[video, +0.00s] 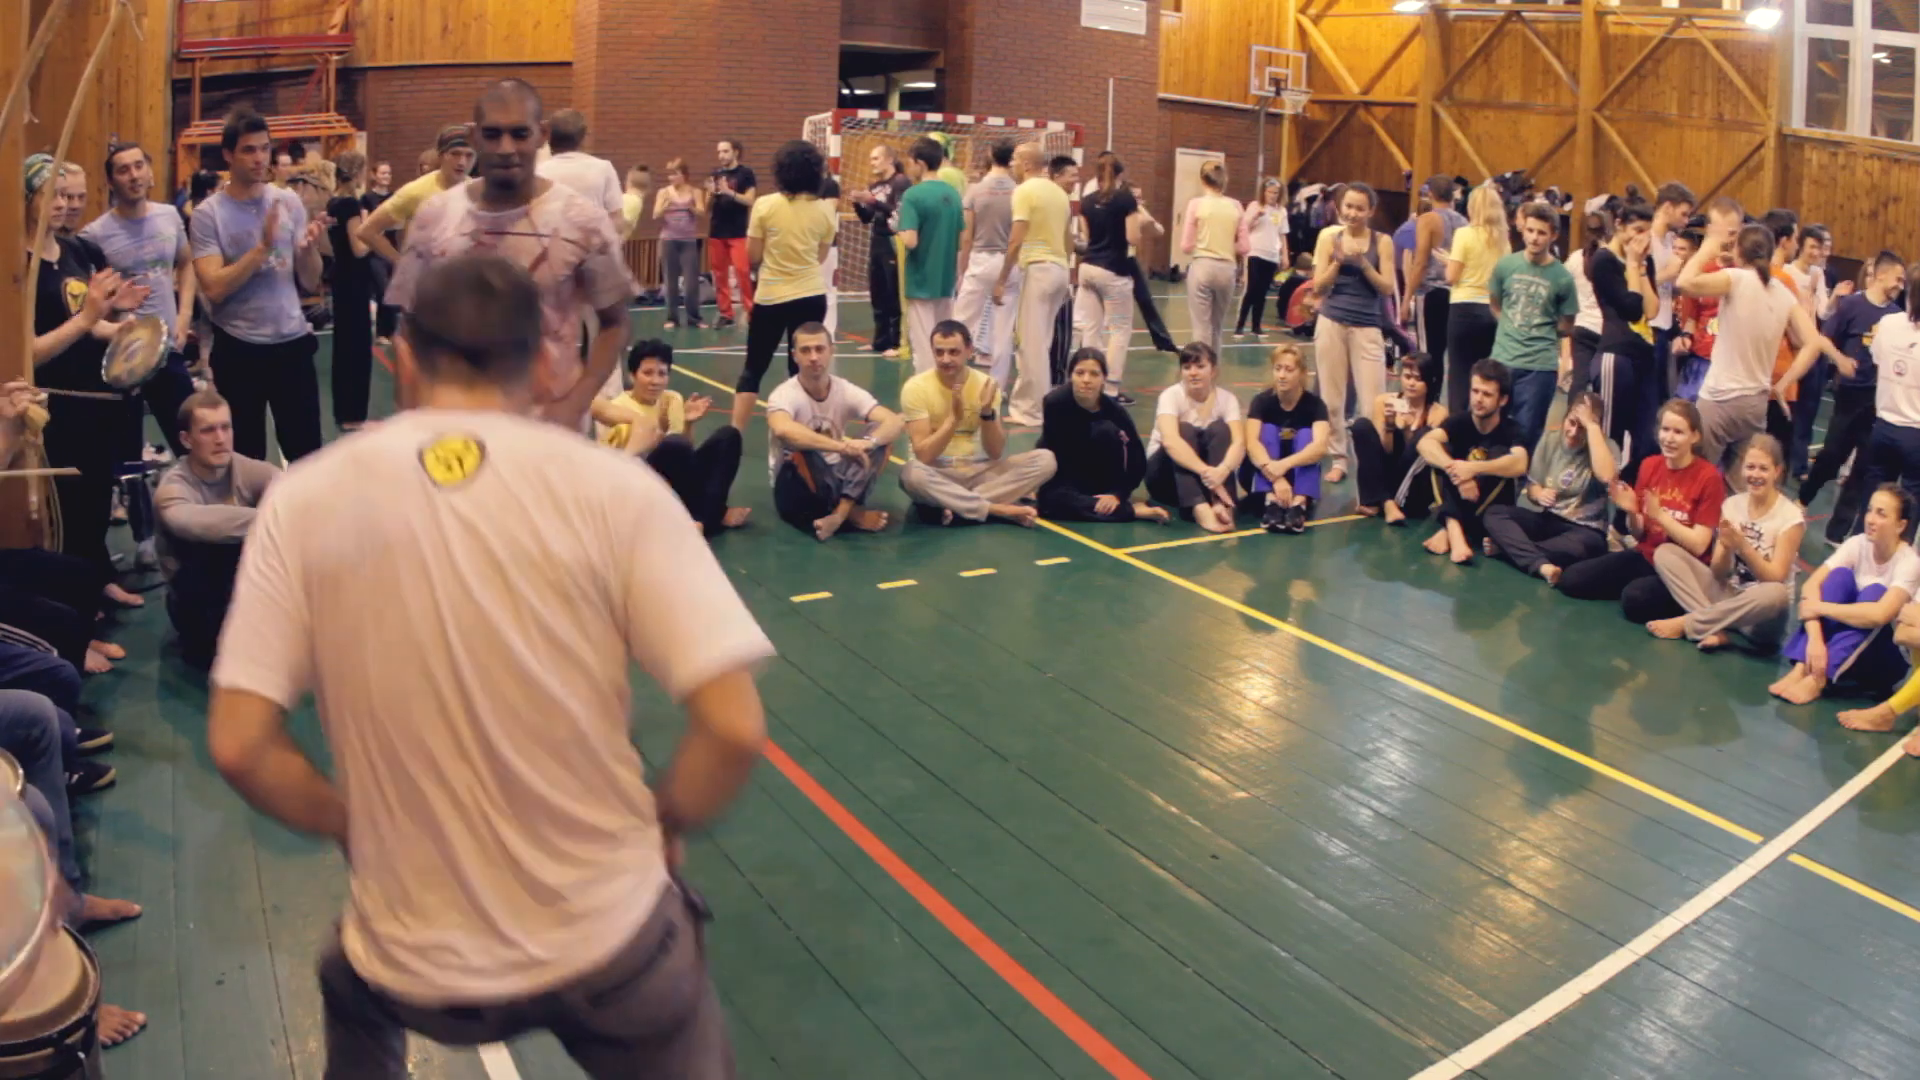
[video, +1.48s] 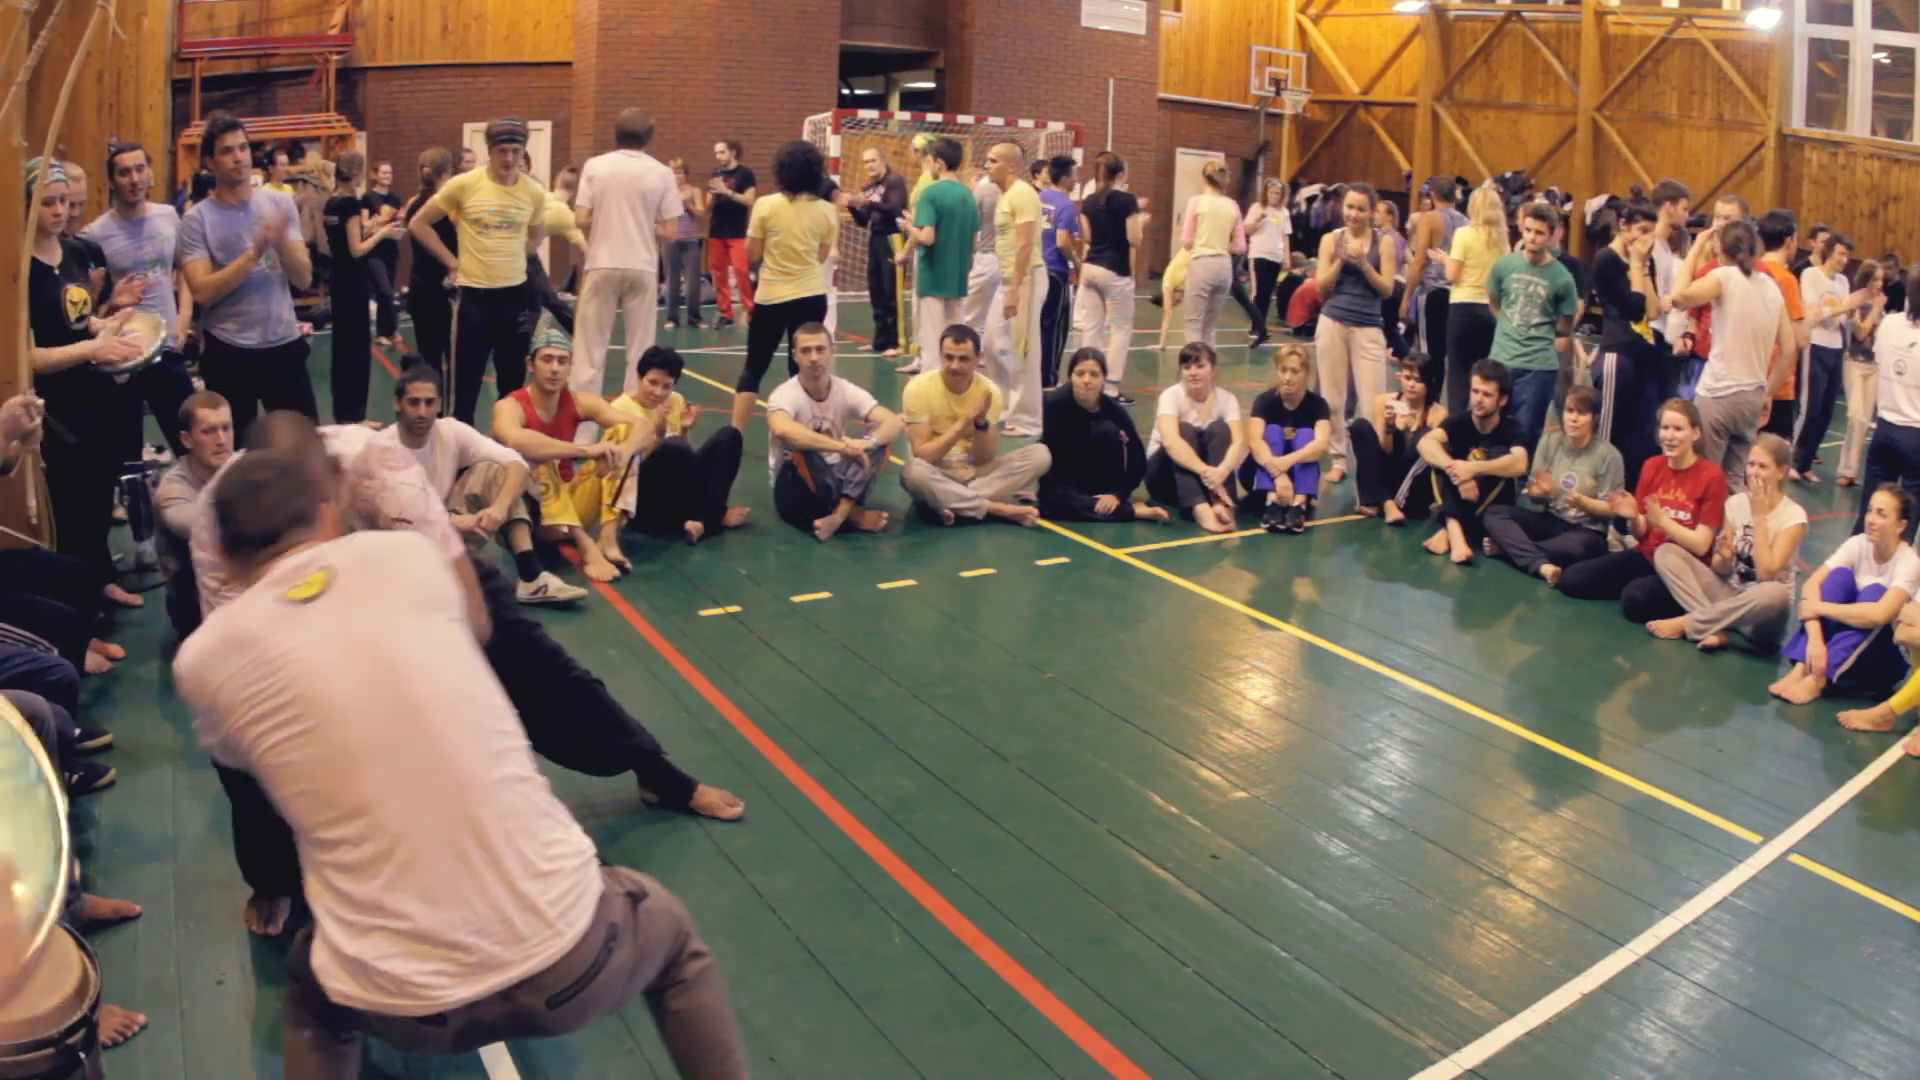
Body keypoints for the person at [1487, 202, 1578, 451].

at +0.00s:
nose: (1534, 238)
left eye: (1542, 233)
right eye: (1530, 231)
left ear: (1553, 237)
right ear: (1523, 231)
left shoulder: (1563, 278)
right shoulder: (1504, 265)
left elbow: (1566, 325)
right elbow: (1495, 307)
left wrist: (1538, 331)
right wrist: (1516, 328)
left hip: (1540, 362)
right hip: (1503, 356)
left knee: (1525, 433)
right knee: (1491, 427)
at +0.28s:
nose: (1534, 238)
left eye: (1541, 233)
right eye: (1530, 231)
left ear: (1553, 236)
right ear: (1523, 231)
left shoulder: (1563, 278)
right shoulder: (1504, 265)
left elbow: (1566, 326)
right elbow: (1495, 306)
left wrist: (1536, 331)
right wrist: (1515, 328)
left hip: (1539, 363)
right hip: (1502, 356)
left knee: (1525, 432)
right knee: (1491, 426)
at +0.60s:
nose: (1534, 239)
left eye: (1541, 234)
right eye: (1530, 232)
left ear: (1552, 237)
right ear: (1523, 231)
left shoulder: (1563, 279)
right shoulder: (1504, 265)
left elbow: (1565, 328)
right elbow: (1494, 307)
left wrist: (1535, 331)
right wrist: (1515, 327)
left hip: (1538, 363)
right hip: (1501, 357)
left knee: (1525, 433)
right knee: (1490, 428)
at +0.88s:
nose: (1534, 238)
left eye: (1541, 233)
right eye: (1530, 231)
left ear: (1553, 237)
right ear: (1523, 231)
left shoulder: (1563, 279)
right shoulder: (1503, 265)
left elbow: (1564, 328)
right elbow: (1494, 306)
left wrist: (1534, 331)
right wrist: (1513, 327)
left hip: (1538, 363)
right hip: (1501, 357)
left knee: (1525, 433)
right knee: (1491, 428)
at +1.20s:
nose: (1532, 239)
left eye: (1539, 234)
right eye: (1528, 232)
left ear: (1552, 237)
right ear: (1522, 232)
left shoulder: (1562, 279)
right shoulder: (1503, 265)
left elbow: (1564, 327)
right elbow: (1493, 307)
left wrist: (1535, 332)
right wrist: (1513, 328)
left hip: (1539, 362)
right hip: (1501, 355)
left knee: (1525, 432)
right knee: (1489, 426)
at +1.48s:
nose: (1532, 238)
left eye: (1539, 233)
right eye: (1528, 230)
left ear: (1552, 236)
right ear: (1521, 230)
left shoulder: (1562, 279)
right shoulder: (1502, 265)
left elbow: (1565, 326)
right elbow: (1495, 306)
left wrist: (1536, 332)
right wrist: (1515, 327)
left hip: (1538, 362)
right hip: (1501, 356)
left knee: (1524, 433)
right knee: (1490, 427)